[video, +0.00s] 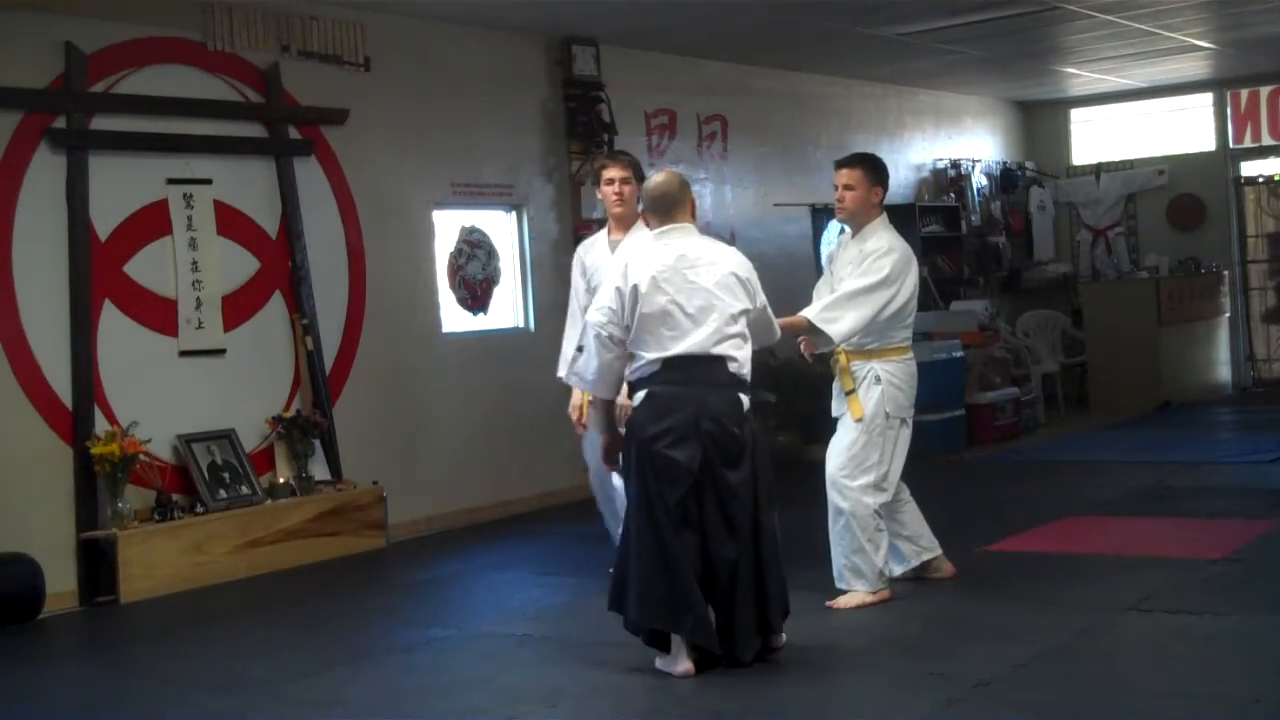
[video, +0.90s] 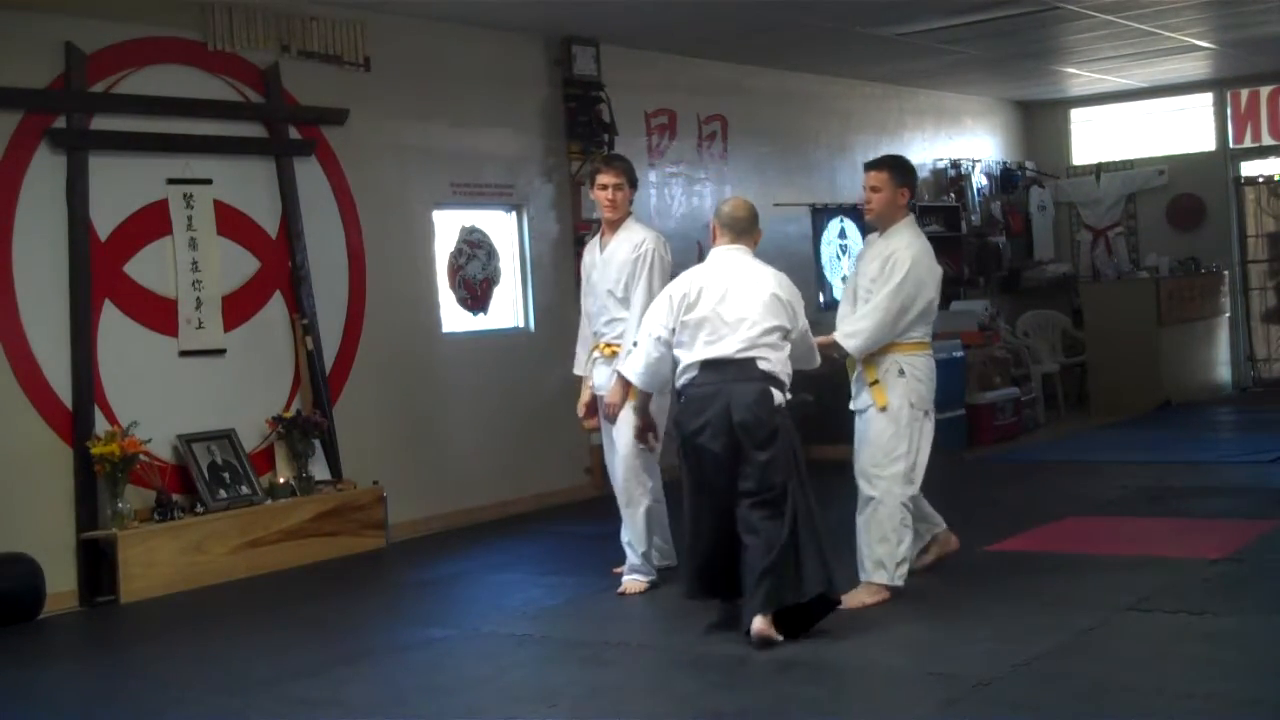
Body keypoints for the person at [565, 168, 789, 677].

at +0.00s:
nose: (700, 211)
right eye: (697, 204)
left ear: (645, 214)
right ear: (692, 208)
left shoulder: (629, 263)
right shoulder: (732, 260)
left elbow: (605, 346)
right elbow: (766, 333)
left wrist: (607, 427)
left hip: (659, 405)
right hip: (727, 401)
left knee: (664, 526)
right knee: (745, 514)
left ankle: (679, 650)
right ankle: (767, 627)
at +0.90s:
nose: (710, 236)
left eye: (710, 230)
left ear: (713, 233)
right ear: (758, 237)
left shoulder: (683, 285)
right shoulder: (779, 285)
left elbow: (651, 350)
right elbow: (807, 357)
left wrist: (640, 408)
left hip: (699, 394)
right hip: (758, 393)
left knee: (709, 499)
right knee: (762, 502)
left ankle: (727, 600)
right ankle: (760, 611)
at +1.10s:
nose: (700, 247)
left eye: (698, 242)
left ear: (701, 243)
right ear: (743, 244)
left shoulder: (679, 288)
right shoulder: (768, 283)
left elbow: (640, 338)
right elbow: (816, 353)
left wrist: (617, 386)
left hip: (707, 386)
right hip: (762, 384)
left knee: (716, 489)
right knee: (774, 487)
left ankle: (731, 584)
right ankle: (778, 562)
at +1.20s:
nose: (695, 246)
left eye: (695, 241)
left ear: (699, 242)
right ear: (739, 245)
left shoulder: (678, 287)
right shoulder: (768, 280)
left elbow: (628, 328)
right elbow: (823, 335)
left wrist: (584, 339)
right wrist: (848, 375)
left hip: (716, 379)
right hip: (770, 378)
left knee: (720, 484)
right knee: (783, 483)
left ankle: (728, 582)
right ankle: (781, 564)